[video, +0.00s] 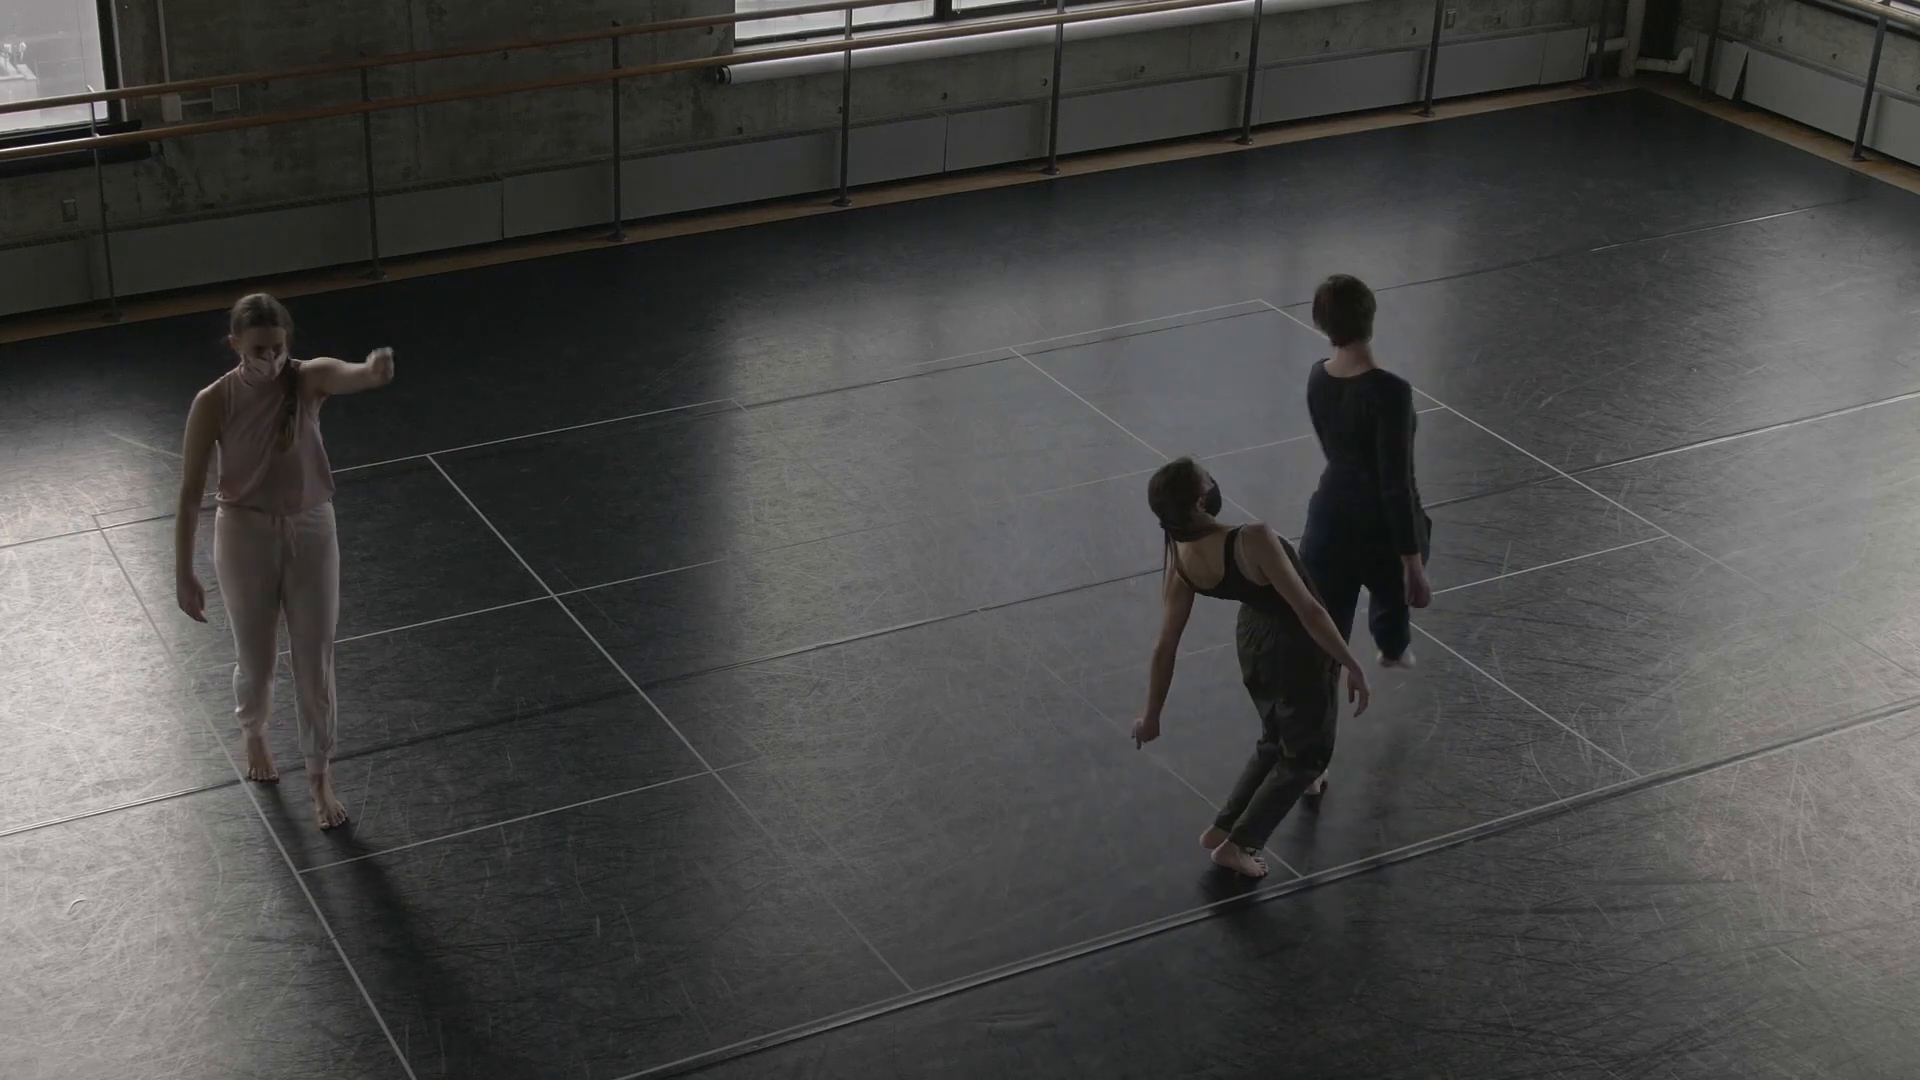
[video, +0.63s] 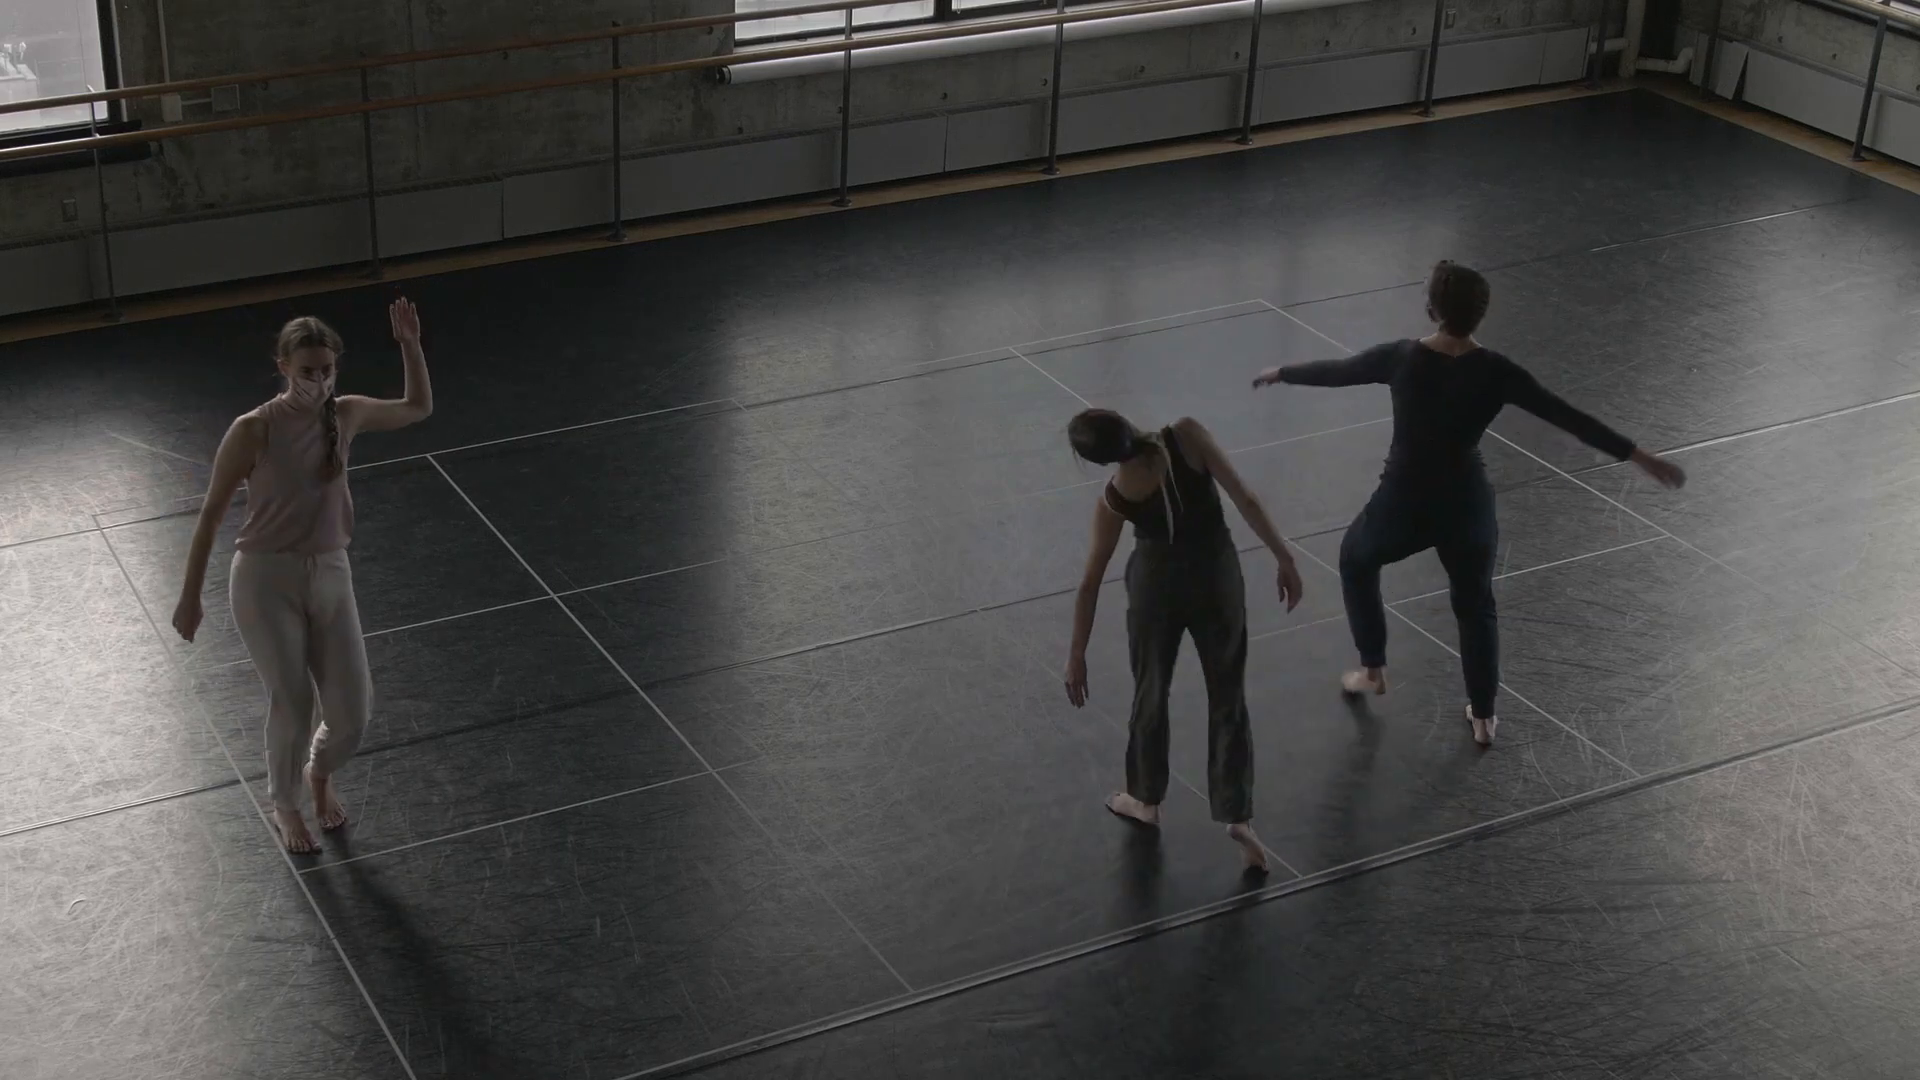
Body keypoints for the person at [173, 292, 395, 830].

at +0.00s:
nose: (268, 362)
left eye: (275, 350)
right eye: (257, 352)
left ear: (288, 342)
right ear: (235, 345)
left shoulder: (306, 376)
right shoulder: (214, 403)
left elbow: (347, 374)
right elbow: (192, 492)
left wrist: (374, 369)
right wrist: (184, 573)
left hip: (313, 532)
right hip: (245, 536)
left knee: (316, 661)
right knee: (258, 659)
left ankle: (322, 779)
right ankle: (254, 736)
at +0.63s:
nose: (319, 382)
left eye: (326, 370)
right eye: (308, 372)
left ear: (336, 367)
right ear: (284, 369)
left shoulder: (344, 414)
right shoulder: (251, 431)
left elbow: (418, 407)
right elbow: (211, 516)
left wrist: (410, 346)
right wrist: (190, 595)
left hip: (331, 576)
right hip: (264, 579)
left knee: (352, 716)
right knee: (293, 701)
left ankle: (317, 772)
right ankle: (286, 804)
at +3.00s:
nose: (488, 454)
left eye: (495, 446)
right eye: (488, 444)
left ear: (526, 448)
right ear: (520, 447)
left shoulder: (567, 497)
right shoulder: (519, 474)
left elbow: (596, 586)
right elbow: (448, 489)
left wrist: (601, 669)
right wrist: (414, 525)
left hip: (634, 606)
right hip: (598, 591)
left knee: (526, 659)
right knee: (513, 658)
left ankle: (568, 759)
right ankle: (618, 696)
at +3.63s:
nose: (437, 447)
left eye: (441, 438)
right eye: (433, 438)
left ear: (469, 429)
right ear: (467, 426)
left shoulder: (527, 462)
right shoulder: (482, 451)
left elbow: (572, 548)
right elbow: (456, 497)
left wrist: (577, 629)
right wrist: (405, 527)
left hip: (611, 561)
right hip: (574, 558)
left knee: (512, 644)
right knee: (553, 660)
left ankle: (556, 751)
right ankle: (622, 692)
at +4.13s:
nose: (402, 397)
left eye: (407, 389)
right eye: (398, 389)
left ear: (434, 378)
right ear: (436, 369)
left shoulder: (472, 434)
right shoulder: (473, 379)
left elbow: (507, 512)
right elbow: (532, 420)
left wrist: (511, 593)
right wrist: (596, 440)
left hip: (513, 549)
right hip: (482, 537)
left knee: (476, 674)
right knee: (501, 644)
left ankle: (508, 772)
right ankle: (594, 684)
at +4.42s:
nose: (364, 431)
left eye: (374, 424)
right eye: (356, 422)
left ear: (394, 407)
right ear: (345, 405)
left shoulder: (424, 434)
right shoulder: (340, 414)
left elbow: (473, 514)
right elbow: (373, 463)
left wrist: (485, 594)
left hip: (455, 552)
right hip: (395, 544)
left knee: (469, 677)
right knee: (351, 651)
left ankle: (509, 773)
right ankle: (302, 729)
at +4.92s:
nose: (381, 546)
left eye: (387, 539)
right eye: (375, 540)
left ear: (396, 522)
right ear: (348, 524)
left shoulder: (406, 522)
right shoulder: (310, 514)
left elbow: (405, 547)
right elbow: (245, 556)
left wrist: (401, 584)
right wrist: (207, 606)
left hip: (335, 545)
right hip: (279, 525)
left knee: (308, 584)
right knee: (286, 655)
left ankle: (295, 622)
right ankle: (297, 732)